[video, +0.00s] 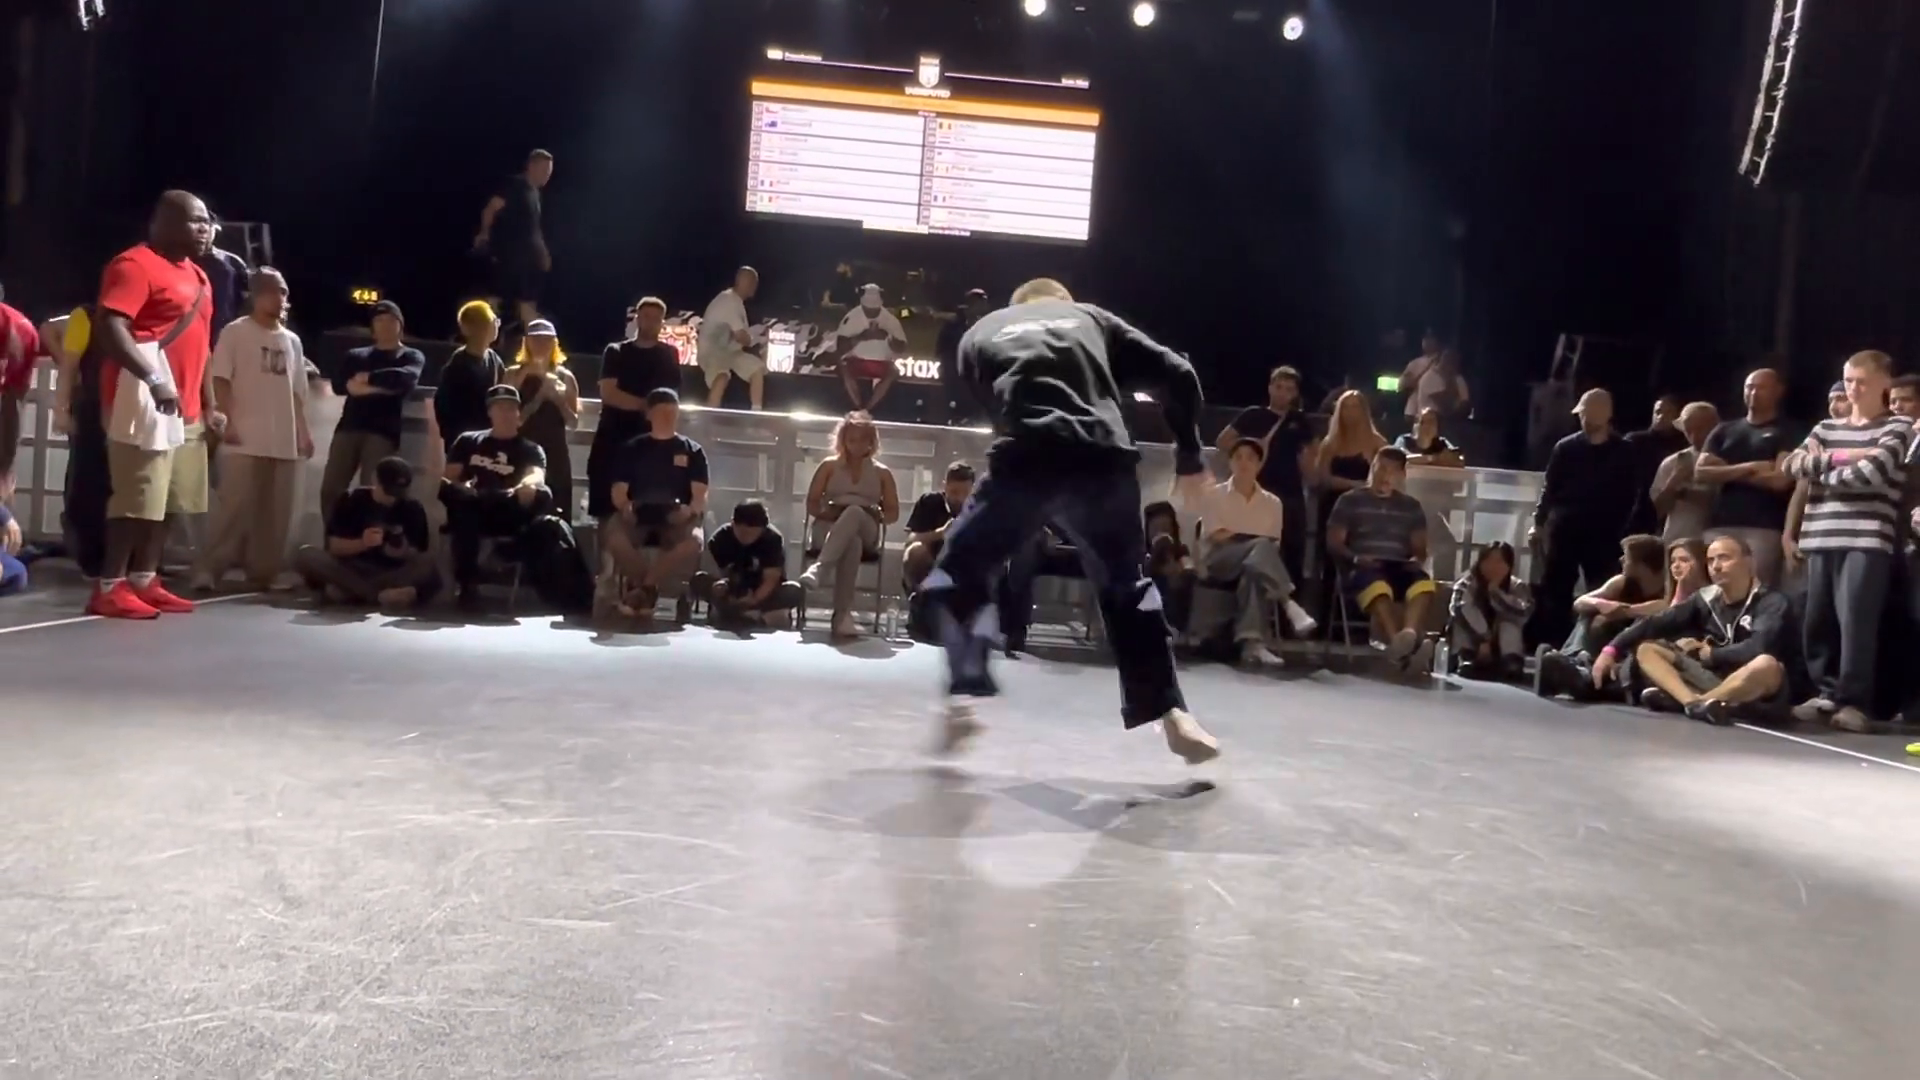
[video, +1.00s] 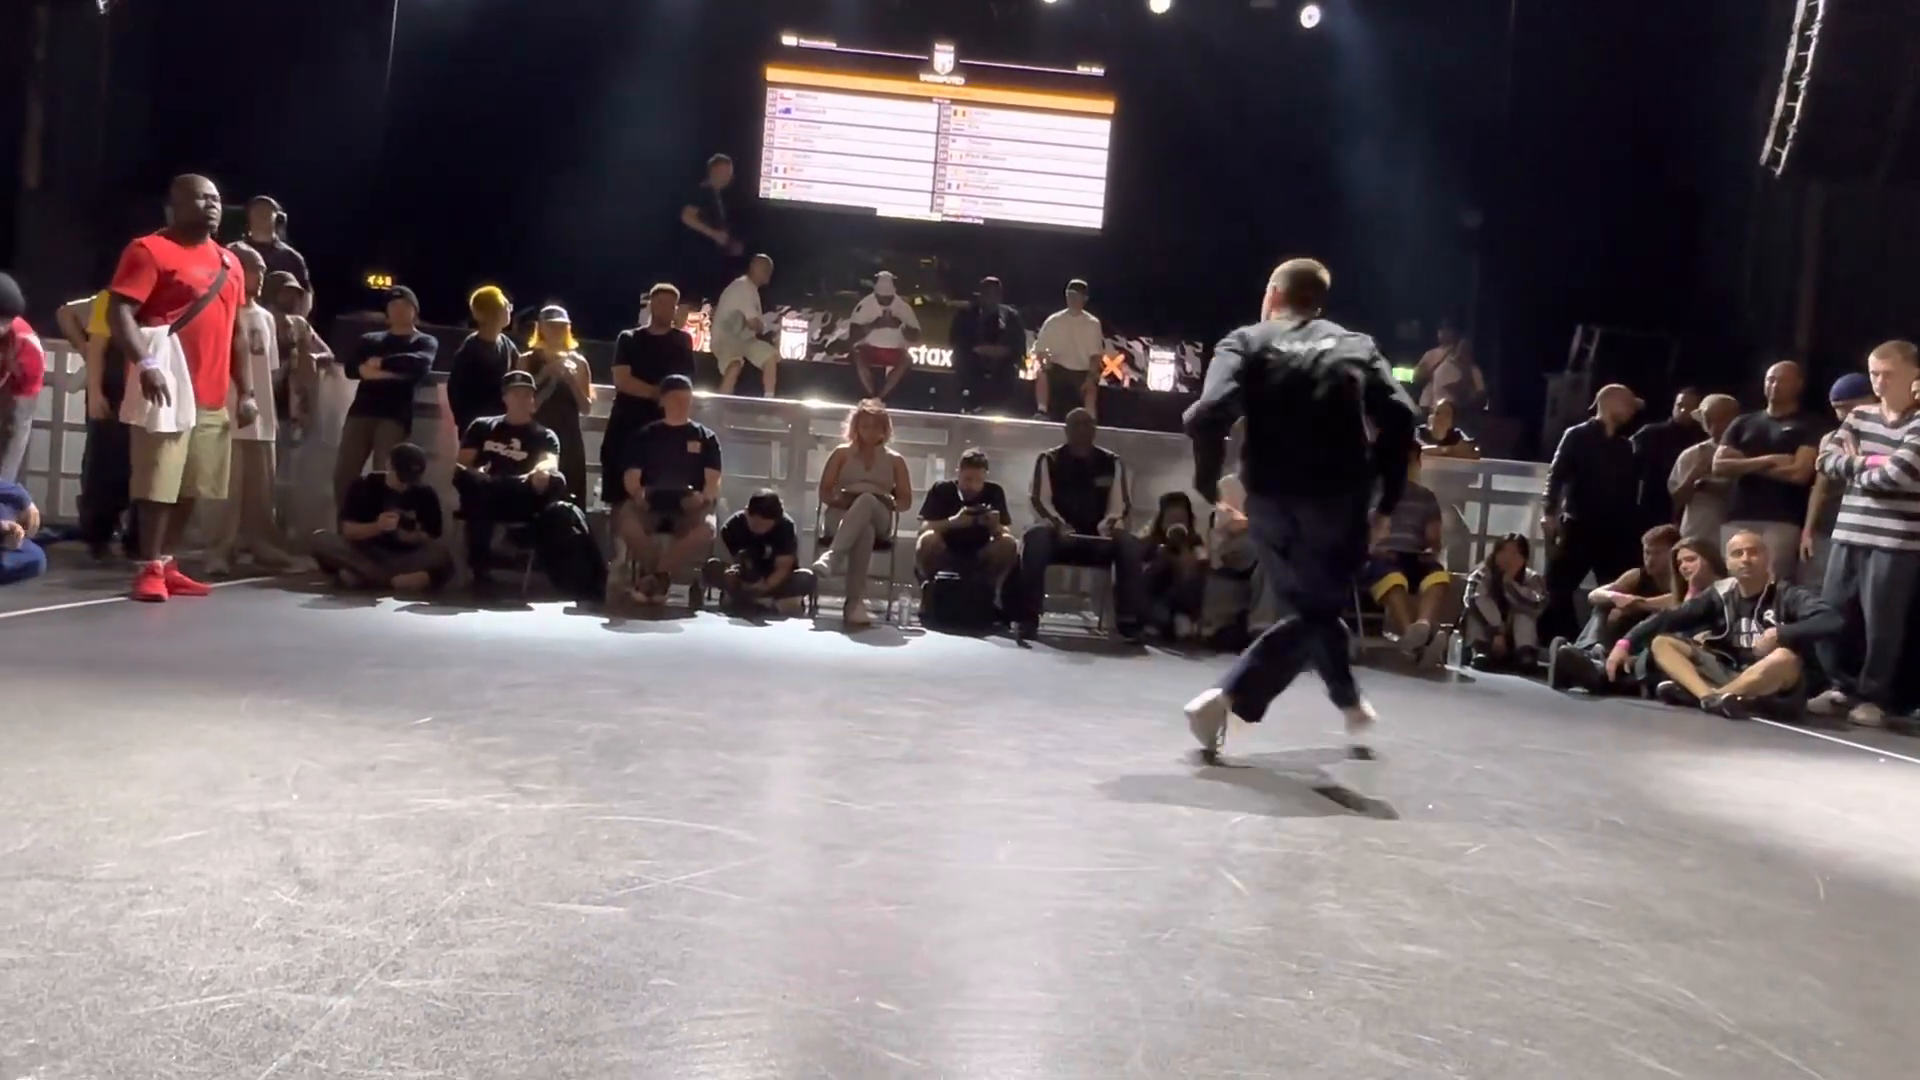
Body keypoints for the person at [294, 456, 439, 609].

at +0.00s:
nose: (392, 500)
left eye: (397, 495)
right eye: (388, 494)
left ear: (405, 489)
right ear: (376, 484)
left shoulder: (412, 509)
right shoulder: (352, 500)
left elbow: (421, 553)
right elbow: (334, 547)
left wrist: (403, 552)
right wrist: (363, 544)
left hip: (394, 572)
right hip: (353, 568)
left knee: (427, 566)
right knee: (307, 556)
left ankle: (354, 594)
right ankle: (377, 595)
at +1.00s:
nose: (403, 487)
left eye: (409, 483)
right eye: (400, 480)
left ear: (418, 476)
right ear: (389, 467)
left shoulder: (425, 494)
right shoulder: (364, 486)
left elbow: (432, 535)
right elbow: (347, 531)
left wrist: (407, 535)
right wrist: (378, 528)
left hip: (406, 555)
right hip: (365, 551)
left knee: (441, 556)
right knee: (321, 541)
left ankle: (368, 580)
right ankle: (390, 580)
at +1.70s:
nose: (410, 482)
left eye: (416, 478)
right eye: (408, 475)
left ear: (425, 471)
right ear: (398, 463)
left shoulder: (430, 488)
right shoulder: (369, 479)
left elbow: (437, 530)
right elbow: (352, 524)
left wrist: (413, 530)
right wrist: (381, 522)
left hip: (410, 549)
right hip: (370, 546)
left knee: (446, 549)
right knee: (325, 534)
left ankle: (372, 572)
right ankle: (394, 573)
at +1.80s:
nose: (409, 482)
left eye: (415, 479)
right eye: (406, 475)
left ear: (425, 471)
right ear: (396, 461)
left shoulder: (430, 488)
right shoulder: (370, 479)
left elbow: (439, 528)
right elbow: (352, 523)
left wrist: (415, 530)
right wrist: (380, 522)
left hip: (412, 549)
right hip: (371, 546)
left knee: (445, 547)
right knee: (326, 533)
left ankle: (372, 572)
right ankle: (394, 573)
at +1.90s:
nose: (409, 482)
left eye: (415, 479)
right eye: (406, 476)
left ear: (425, 471)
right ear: (396, 461)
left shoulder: (430, 487)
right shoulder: (369, 479)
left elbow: (438, 528)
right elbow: (352, 523)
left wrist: (413, 530)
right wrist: (380, 522)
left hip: (411, 549)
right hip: (370, 546)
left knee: (445, 548)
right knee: (326, 534)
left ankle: (373, 572)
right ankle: (394, 573)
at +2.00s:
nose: (408, 482)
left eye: (415, 479)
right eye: (405, 476)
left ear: (425, 472)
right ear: (395, 462)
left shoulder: (430, 489)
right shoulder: (369, 479)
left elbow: (438, 530)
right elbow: (351, 524)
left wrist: (419, 531)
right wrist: (380, 522)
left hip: (411, 549)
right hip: (370, 546)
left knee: (445, 548)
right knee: (326, 534)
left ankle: (373, 573)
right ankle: (394, 574)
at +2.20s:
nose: (407, 483)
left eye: (413, 480)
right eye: (404, 476)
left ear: (423, 472)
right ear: (394, 462)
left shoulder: (429, 489)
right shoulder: (368, 479)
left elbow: (437, 530)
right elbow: (351, 524)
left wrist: (418, 531)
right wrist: (380, 523)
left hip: (410, 550)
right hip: (369, 547)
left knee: (444, 548)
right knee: (325, 534)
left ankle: (372, 574)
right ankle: (393, 575)